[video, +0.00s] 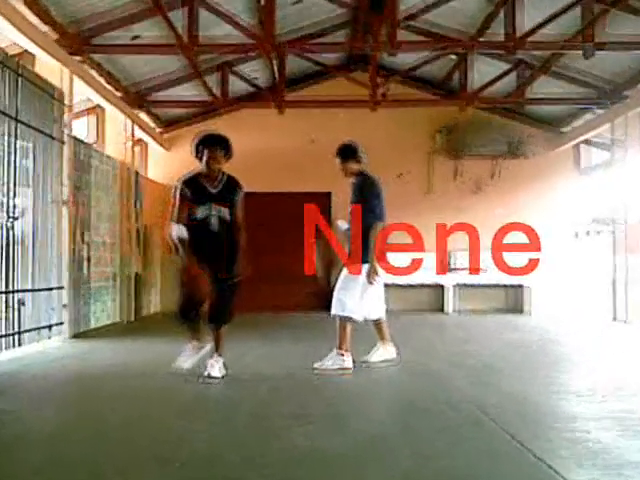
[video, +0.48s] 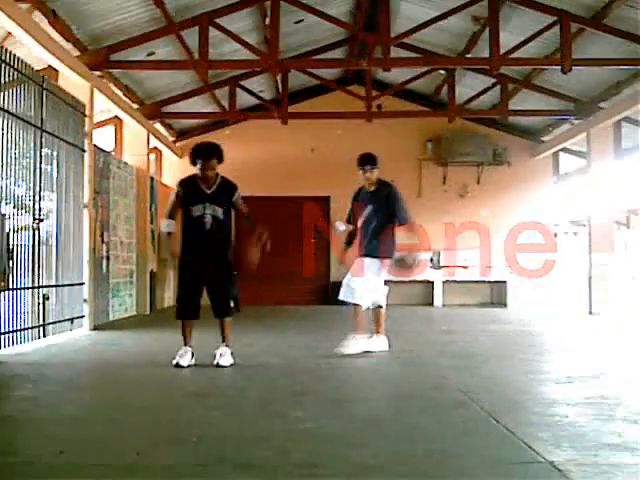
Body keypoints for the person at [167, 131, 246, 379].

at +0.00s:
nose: (215, 158)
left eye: (220, 153)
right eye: (211, 153)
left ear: (226, 157)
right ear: (202, 155)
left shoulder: (233, 187)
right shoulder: (188, 185)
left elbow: (240, 226)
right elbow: (178, 225)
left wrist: (240, 260)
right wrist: (187, 259)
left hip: (224, 256)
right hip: (195, 255)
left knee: (219, 307)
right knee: (190, 302)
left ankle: (217, 355)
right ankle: (196, 342)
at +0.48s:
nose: (207, 174)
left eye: (211, 169)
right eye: (203, 169)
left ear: (218, 166)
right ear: (196, 166)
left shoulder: (228, 188)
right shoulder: (186, 187)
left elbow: (244, 214)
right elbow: (170, 217)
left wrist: (257, 231)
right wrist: (168, 242)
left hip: (220, 256)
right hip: (191, 256)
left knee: (223, 303)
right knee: (187, 304)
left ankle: (225, 347)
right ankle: (187, 348)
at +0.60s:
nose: (191, 176)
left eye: (195, 171)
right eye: (187, 172)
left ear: (204, 168)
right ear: (182, 169)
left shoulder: (218, 186)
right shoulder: (175, 189)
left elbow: (237, 205)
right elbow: (155, 218)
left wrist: (254, 200)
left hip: (206, 252)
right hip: (180, 252)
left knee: (202, 300)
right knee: (178, 302)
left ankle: (214, 339)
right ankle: (185, 348)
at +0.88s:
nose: (182, 176)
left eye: (186, 171)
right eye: (178, 171)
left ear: (196, 167)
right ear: (174, 168)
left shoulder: (209, 188)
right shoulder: (164, 186)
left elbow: (220, 219)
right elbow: (149, 223)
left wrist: (229, 205)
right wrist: (148, 257)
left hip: (197, 254)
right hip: (170, 254)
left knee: (193, 303)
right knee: (174, 303)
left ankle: (190, 350)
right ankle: (183, 347)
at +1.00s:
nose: (181, 175)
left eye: (185, 171)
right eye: (177, 170)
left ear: (195, 167)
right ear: (173, 167)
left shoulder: (205, 190)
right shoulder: (161, 187)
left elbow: (208, 224)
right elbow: (152, 226)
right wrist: (155, 258)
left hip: (196, 253)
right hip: (169, 255)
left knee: (194, 302)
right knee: (174, 303)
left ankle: (189, 350)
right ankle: (183, 347)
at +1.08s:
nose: (181, 177)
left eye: (186, 173)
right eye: (177, 172)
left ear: (193, 169)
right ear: (171, 167)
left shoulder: (201, 191)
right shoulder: (158, 188)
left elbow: (198, 230)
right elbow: (152, 228)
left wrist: (187, 262)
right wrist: (155, 261)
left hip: (194, 249)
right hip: (169, 249)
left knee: (194, 300)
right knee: (174, 299)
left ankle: (190, 350)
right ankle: (181, 343)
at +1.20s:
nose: (178, 178)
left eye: (182, 173)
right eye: (174, 173)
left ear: (190, 169)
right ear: (168, 168)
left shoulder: (197, 191)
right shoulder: (155, 188)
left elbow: (196, 230)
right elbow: (148, 224)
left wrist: (178, 262)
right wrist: (150, 258)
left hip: (192, 250)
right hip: (166, 249)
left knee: (192, 301)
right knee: (170, 300)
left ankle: (189, 351)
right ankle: (175, 341)